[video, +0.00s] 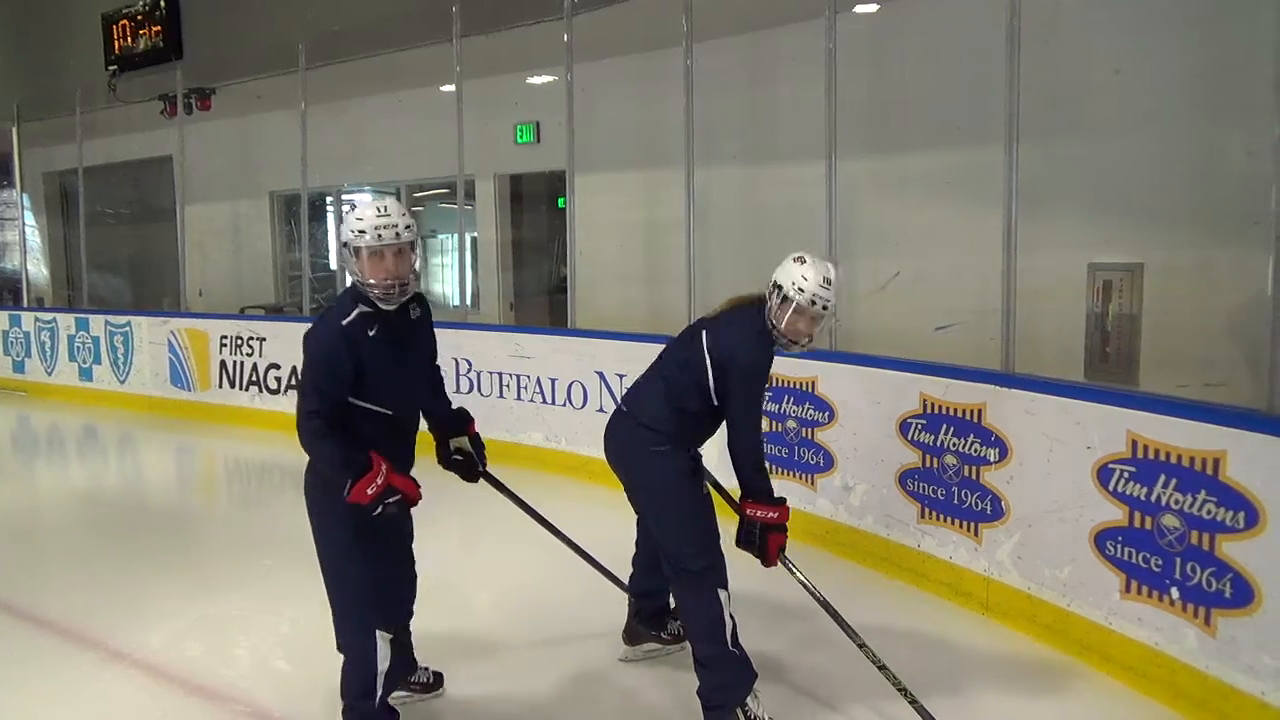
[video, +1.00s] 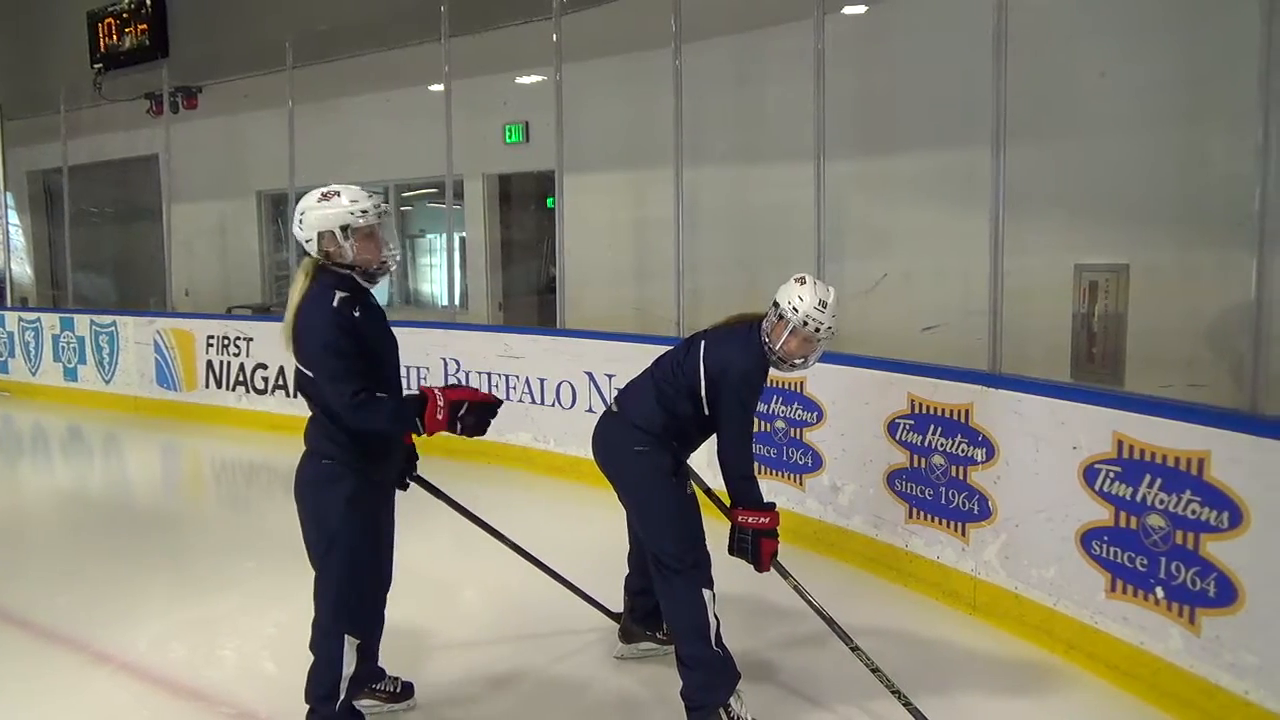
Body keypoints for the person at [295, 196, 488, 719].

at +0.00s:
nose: (391, 267)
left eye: (400, 253)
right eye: (377, 256)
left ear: (414, 256)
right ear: (355, 261)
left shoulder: (416, 313)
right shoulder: (335, 329)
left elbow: (427, 381)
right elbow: (314, 425)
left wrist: (453, 431)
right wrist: (365, 477)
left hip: (391, 479)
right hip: (341, 483)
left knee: (397, 581)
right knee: (363, 603)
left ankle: (398, 672)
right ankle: (366, 707)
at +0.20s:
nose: (383, 261)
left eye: (392, 247)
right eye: (369, 250)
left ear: (405, 249)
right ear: (349, 255)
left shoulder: (403, 310)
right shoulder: (332, 324)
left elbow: (413, 385)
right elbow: (315, 421)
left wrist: (440, 429)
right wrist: (369, 468)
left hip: (382, 481)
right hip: (335, 485)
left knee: (383, 590)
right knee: (349, 606)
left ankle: (380, 682)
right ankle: (354, 706)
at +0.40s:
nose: (380, 256)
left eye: (388, 242)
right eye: (366, 245)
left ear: (399, 245)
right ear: (344, 252)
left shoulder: (396, 306)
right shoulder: (328, 322)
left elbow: (397, 385)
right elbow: (317, 418)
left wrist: (427, 429)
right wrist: (372, 465)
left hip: (374, 476)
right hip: (330, 482)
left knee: (375, 587)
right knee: (341, 599)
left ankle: (372, 681)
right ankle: (344, 704)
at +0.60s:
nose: (381, 252)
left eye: (386, 238)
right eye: (366, 242)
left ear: (394, 240)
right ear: (337, 249)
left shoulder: (383, 304)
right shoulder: (328, 318)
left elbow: (391, 388)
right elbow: (320, 420)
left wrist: (415, 434)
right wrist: (378, 456)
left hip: (370, 477)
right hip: (330, 481)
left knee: (371, 586)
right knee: (342, 600)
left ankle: (365, 680)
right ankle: (339, 704)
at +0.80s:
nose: (385, 243)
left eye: (383, 232)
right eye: (372, 236)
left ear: (369, 239)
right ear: (339, 246)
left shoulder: (366, 297)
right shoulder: (331, 309)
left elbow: (379, 392)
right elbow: (332, 410)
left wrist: (415, 432)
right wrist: (397, 449)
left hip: (369, 470)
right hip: (335, 475)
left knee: (370, 581)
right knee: (339, 592)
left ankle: (364, 676)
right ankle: (330, 704)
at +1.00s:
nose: (380, 244)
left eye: (378, 233)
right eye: (367, 236)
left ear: (351, 243)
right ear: (334, 245)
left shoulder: (354, 298)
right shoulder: (326, 307)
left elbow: (367, 389)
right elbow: (347, 403)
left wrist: (393, 452)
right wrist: (426, 409)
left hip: (367, 470)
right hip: (338, 475)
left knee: (372, 582)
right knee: (340, 596)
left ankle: (362, 675)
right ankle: (327, 704)